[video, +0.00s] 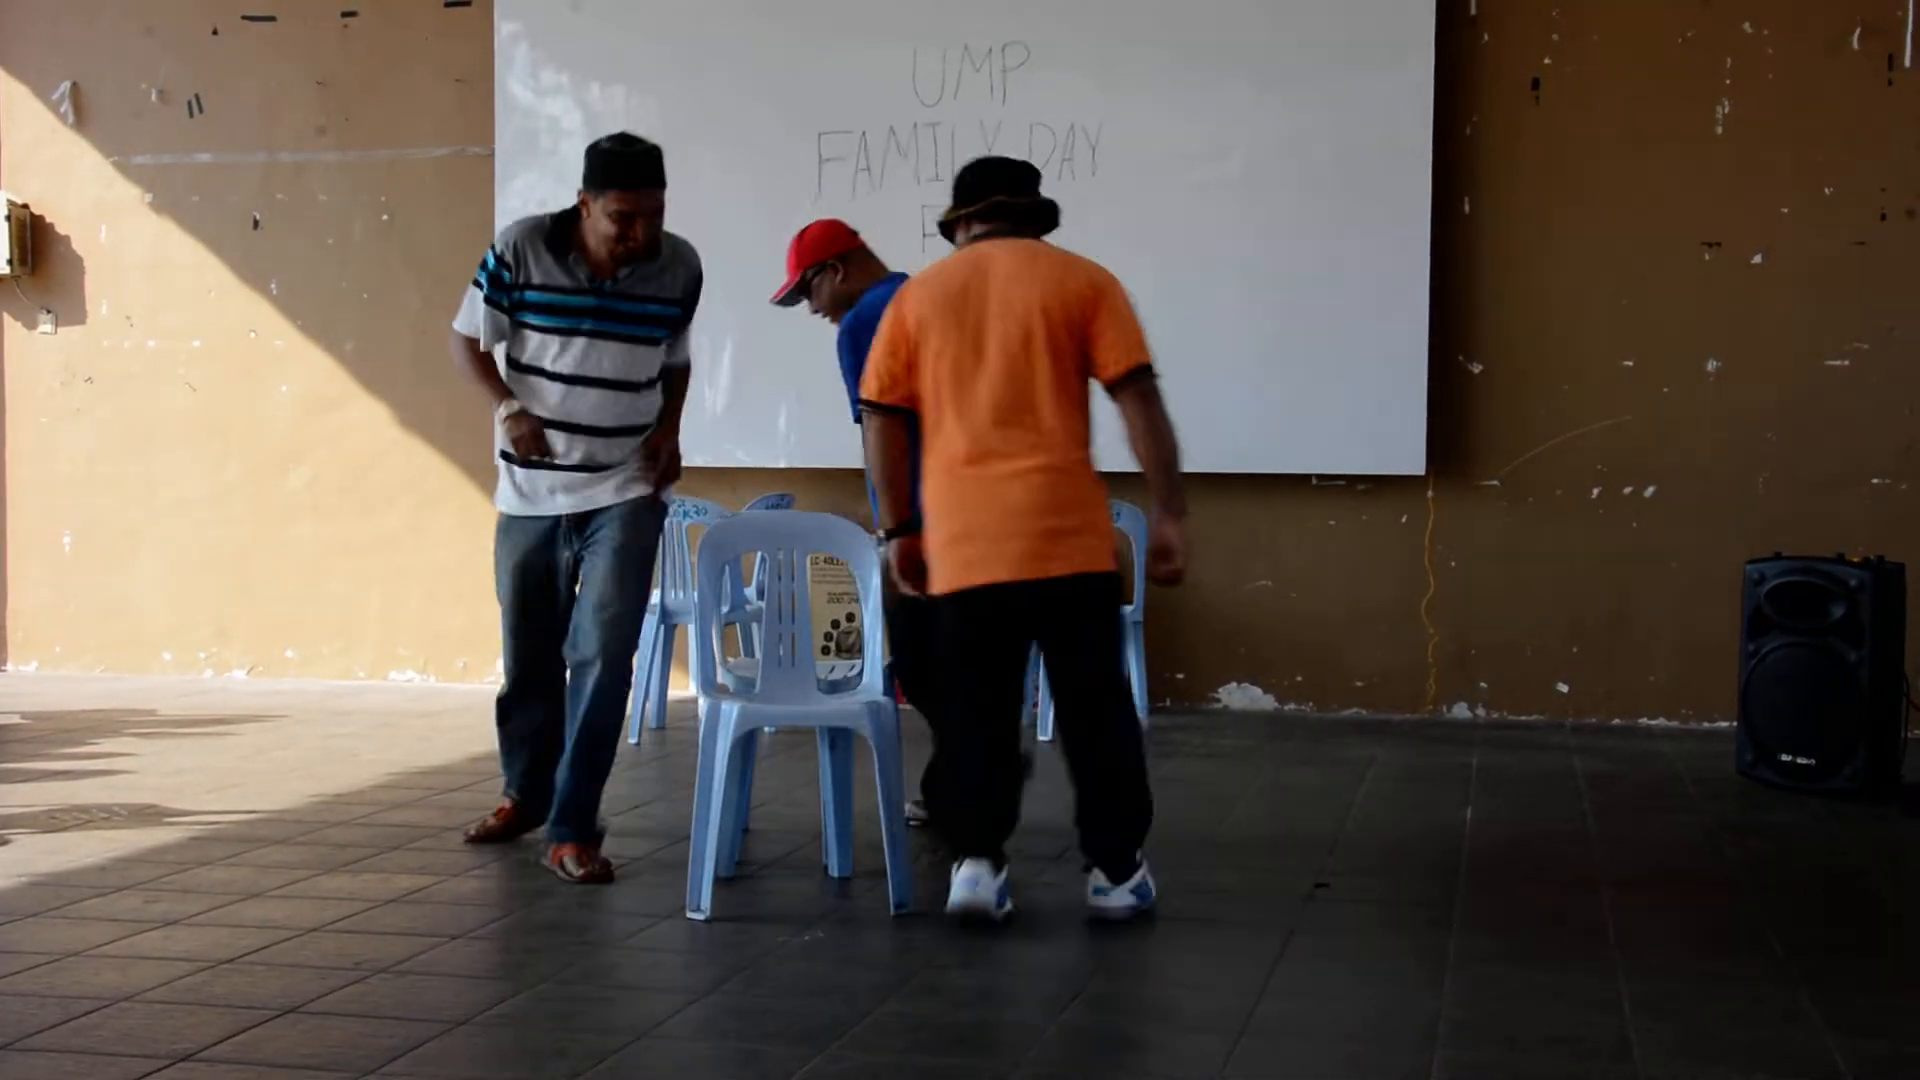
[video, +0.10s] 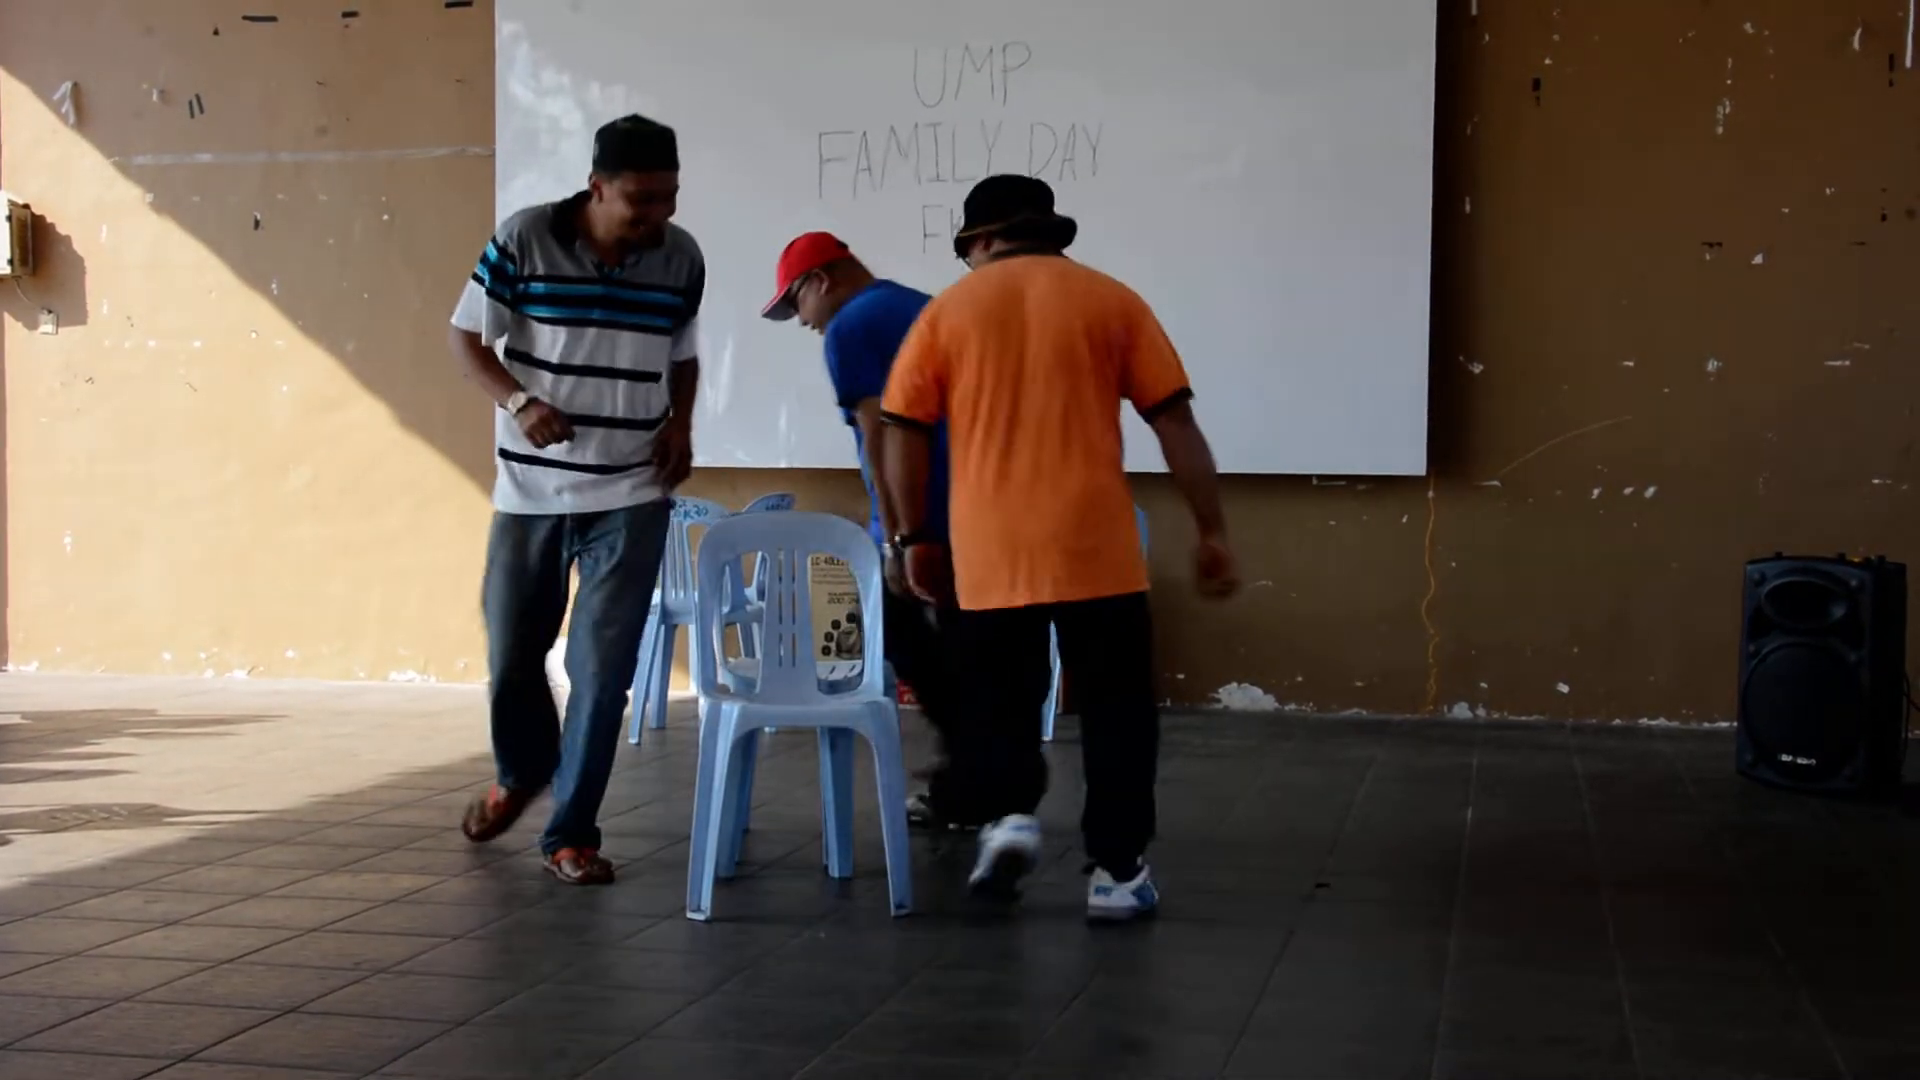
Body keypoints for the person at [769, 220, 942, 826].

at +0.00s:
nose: (813, 309)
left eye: (811, 294)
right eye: (806, 299)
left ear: (838, 271)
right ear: (847, 268)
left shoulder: (861, 325)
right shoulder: (923, 298)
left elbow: (881, 435)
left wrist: (890, 529)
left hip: (914, 522)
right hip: (958, 509)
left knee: (921, 669)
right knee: (958, 661)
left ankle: (953, 796)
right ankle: (962, 793)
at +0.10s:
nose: (800, 319)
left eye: (797, 302)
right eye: (794, 308)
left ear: (822, 280)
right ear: (841, 274)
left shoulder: (851, 325)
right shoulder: (917, 304)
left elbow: (877, 431)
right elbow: (953, 415)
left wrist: (898, 538)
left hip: (914, 530)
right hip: (962, 516)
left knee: (918, 653)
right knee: (963, 650)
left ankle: (962, 789)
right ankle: (975, 786)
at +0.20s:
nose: (797, 320)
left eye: (794, 305)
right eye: (791, 310)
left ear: (817, 282)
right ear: (846, 276)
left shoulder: (832, 328)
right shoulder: (928, 312)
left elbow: (852, 430)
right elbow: (959, 416)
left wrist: (864, 537)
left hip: (909, 521)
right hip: (968, 514)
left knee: (842, 606)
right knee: (955, 661)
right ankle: (957, 800)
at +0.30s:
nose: (791, 318)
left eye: (789, 304)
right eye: (786, 308)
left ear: (810, 284)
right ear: (850, 276)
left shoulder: (814, 334)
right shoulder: (931, 317)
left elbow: (819, 431)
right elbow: (969, 412)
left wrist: (835, 529)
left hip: (870, 531)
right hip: (952, 524)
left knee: (827, 655)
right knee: (946, 668)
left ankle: (797, 795)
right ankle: (952, 799)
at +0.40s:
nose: (788, 326)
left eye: (787, 313)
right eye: (785, 315)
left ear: (807, 300)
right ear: (850, 290)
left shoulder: (796, 352)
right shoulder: (921, 330)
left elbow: (788, 460)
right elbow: (943, 425)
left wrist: (796, 549)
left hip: (844, 535)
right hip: (939, 529)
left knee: (810, 663)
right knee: (954, 666)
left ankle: (791, 802)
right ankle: (961, 801)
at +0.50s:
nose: (797, 322)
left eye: (795, 314)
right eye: (797, 315)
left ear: (804, 305)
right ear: (859, 291)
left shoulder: (793, 349)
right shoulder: (921, 332)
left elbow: (778, 470)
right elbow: (948, 426)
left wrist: (768, 567)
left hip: (837, 539)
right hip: (933, 534)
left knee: (802, 663)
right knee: (954, 656)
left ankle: (790, 803)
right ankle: (957, 787)